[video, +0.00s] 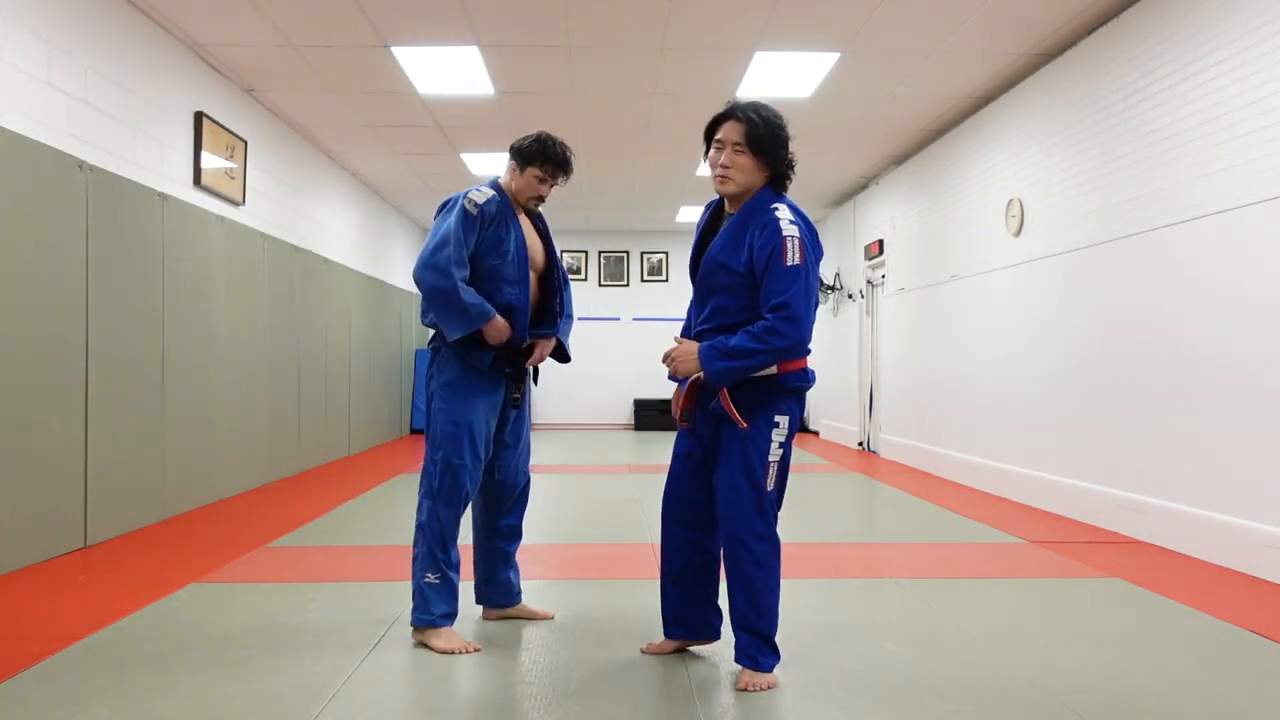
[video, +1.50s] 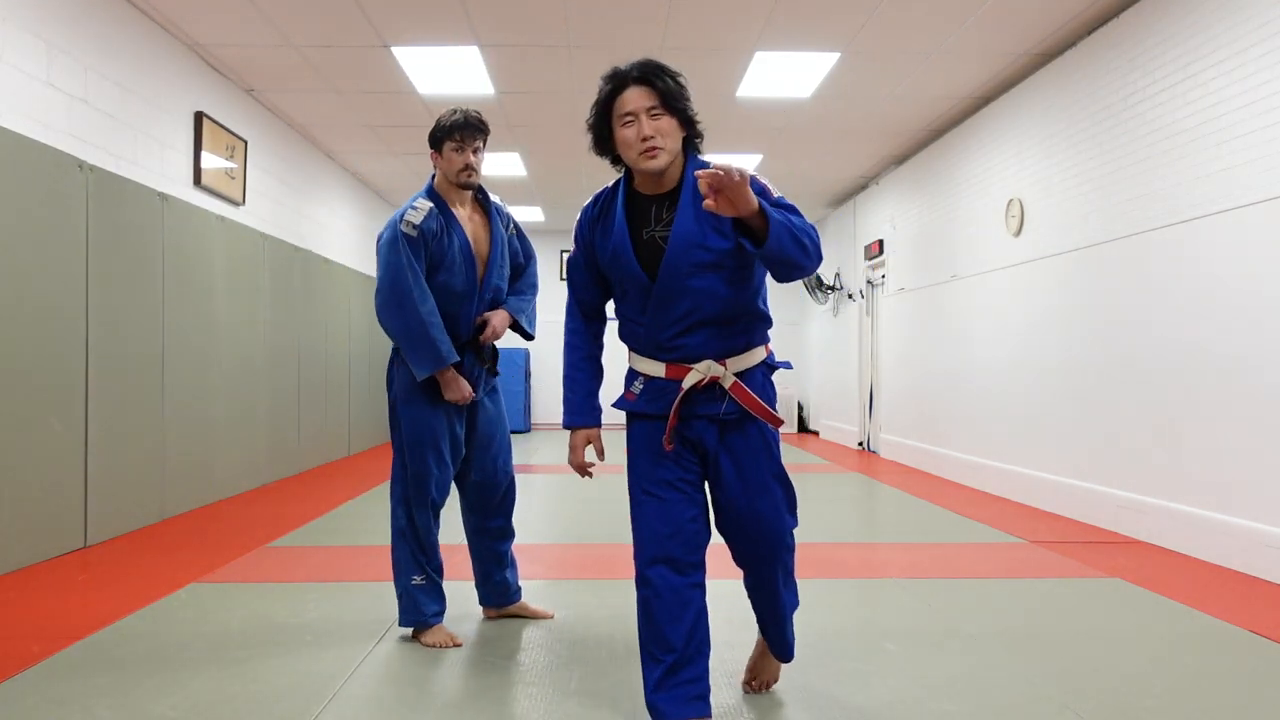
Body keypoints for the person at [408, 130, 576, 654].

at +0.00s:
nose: (546, 190)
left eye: (553, 183)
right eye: (542, 178)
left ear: (551, 183)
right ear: (517, 167)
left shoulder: (535, 223)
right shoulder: (474, 204)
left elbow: (556, 287)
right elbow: (434, 271)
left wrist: (549, 333)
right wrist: (484, 317)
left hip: (512, 374)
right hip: (464, 368)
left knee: (506, 488)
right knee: (449, 488)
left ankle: (500, 599)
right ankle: (431, 620)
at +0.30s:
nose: (551, 186)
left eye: (559, 179)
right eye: (545, 174)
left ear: (561, 182)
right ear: (521, 167)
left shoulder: (545, 226)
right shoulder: (477, 219)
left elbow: (573, 280)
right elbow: (462, 290)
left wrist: (557, 318)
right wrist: (502, 349)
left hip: (522, 371)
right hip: (475, 369)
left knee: (514, 486)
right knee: (455, 485)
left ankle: (503, 598)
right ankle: (433, 611)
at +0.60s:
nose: (539, 180)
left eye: (546, 173)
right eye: (532, 169)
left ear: (548, 176)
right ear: (507, 165)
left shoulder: (535, 224)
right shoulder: (471, 220)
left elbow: (564, 283)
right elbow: (455, 291)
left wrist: (553, 320)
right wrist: (501, 344)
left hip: (518, 372)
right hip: (473, 370)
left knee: (511, 487)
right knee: (456, 488)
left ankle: (502, 599)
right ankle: (433, 611)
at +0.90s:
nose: (508, 167)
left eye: (515, 159)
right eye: (498, 157)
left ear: (522, 165)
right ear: (475, 160)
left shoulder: (520, 221)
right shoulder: (448, 223)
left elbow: (548, 281)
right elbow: (448, 303)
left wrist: (543, 327)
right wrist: (490, 360)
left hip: (511, 372)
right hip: (457, 373)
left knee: (503, 489)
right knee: (444, 492)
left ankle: (501, 599)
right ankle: (428, 613)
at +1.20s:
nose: (483, 163)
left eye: (490, 153)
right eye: (473, 153)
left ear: (496, 159)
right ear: (448, 158)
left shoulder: (507, 219)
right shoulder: (426, 226)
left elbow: (533, 276)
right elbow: (426, 309)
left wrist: (519, 317)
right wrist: (459, 373)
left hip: (492, 374)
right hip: (437, 377)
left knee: (495, 492)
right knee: (428, 496)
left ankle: (500, 598)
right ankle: (422, 616)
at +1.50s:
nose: (470, 158)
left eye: (478, 149)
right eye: (459, 148)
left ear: (484, 156)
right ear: (435, 154)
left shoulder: (499, 218)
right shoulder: (410, 225)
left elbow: (527, 273)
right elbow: (402, 307)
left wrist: (510, 312)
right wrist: (444, 371)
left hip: (480, 372)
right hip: (423, 376)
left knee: (492, 487)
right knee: (422, 496)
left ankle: (500, 597)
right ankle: (421, 617)